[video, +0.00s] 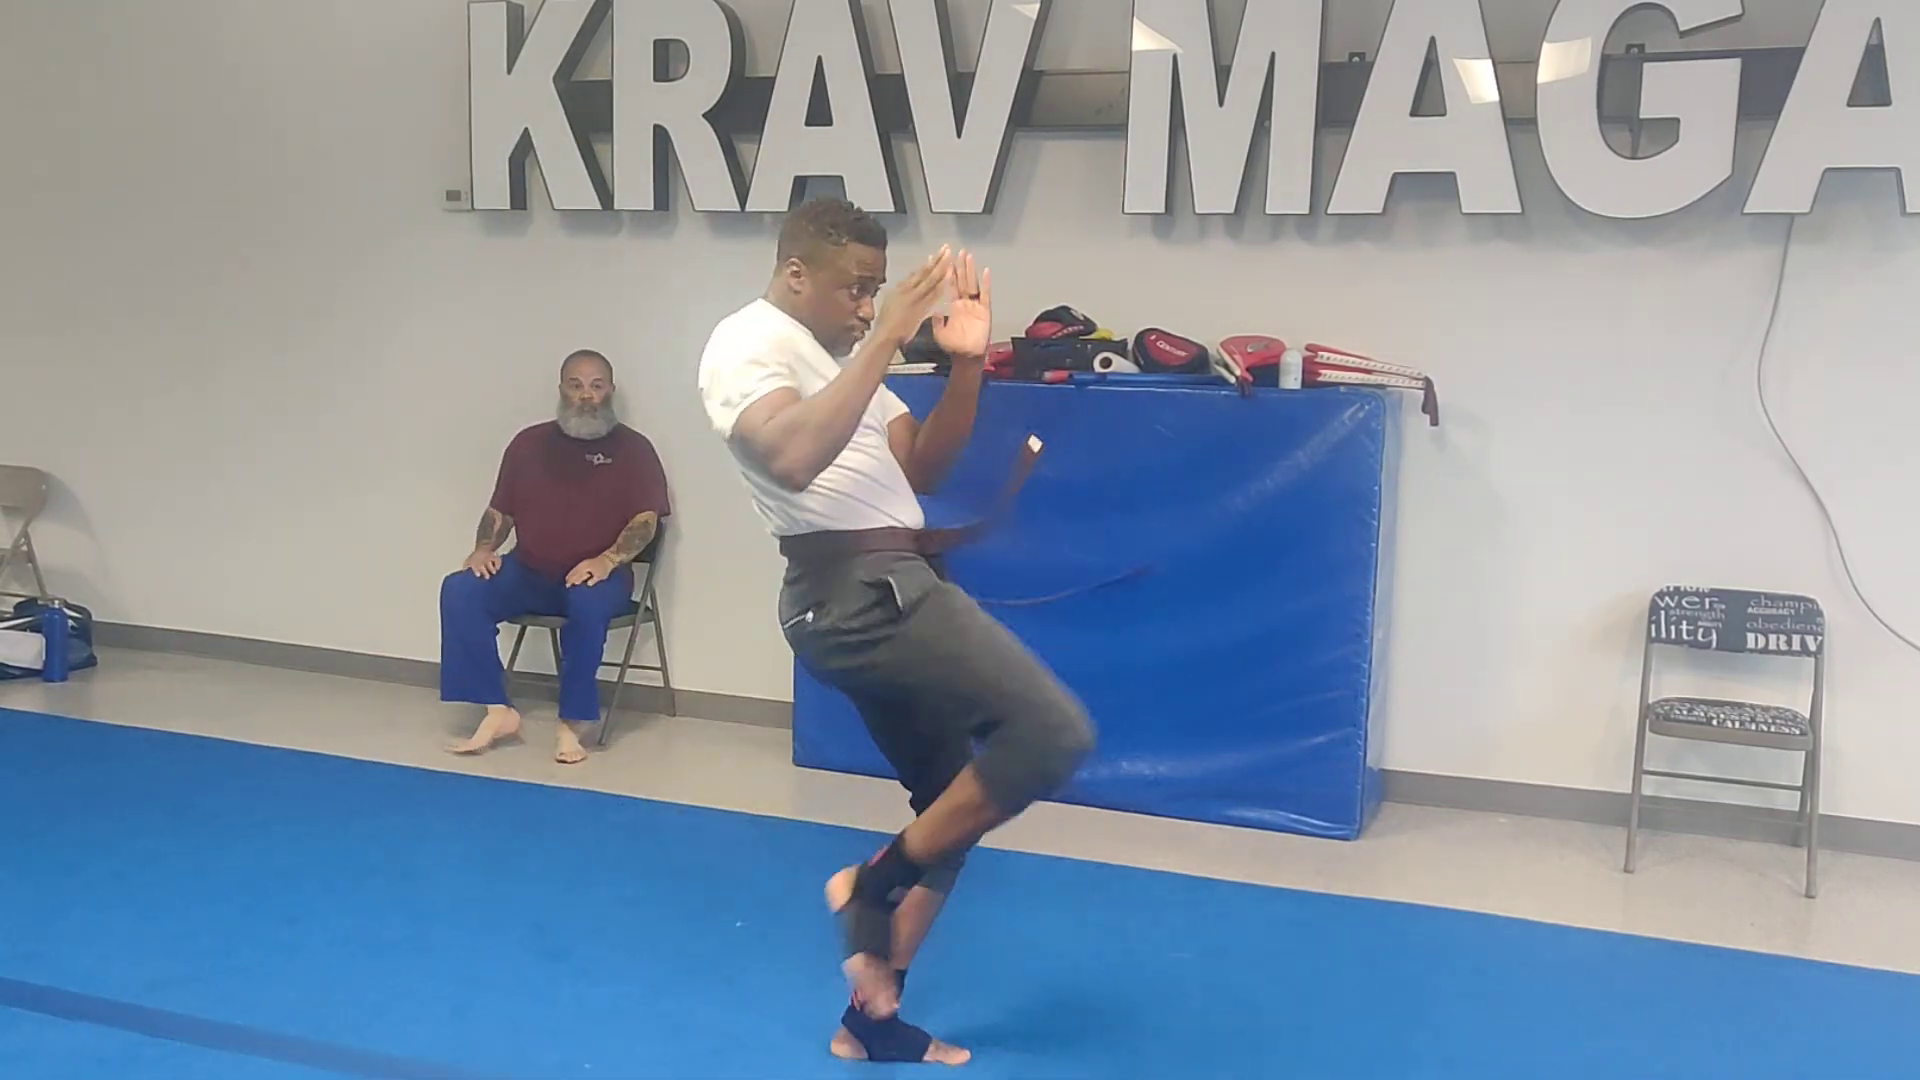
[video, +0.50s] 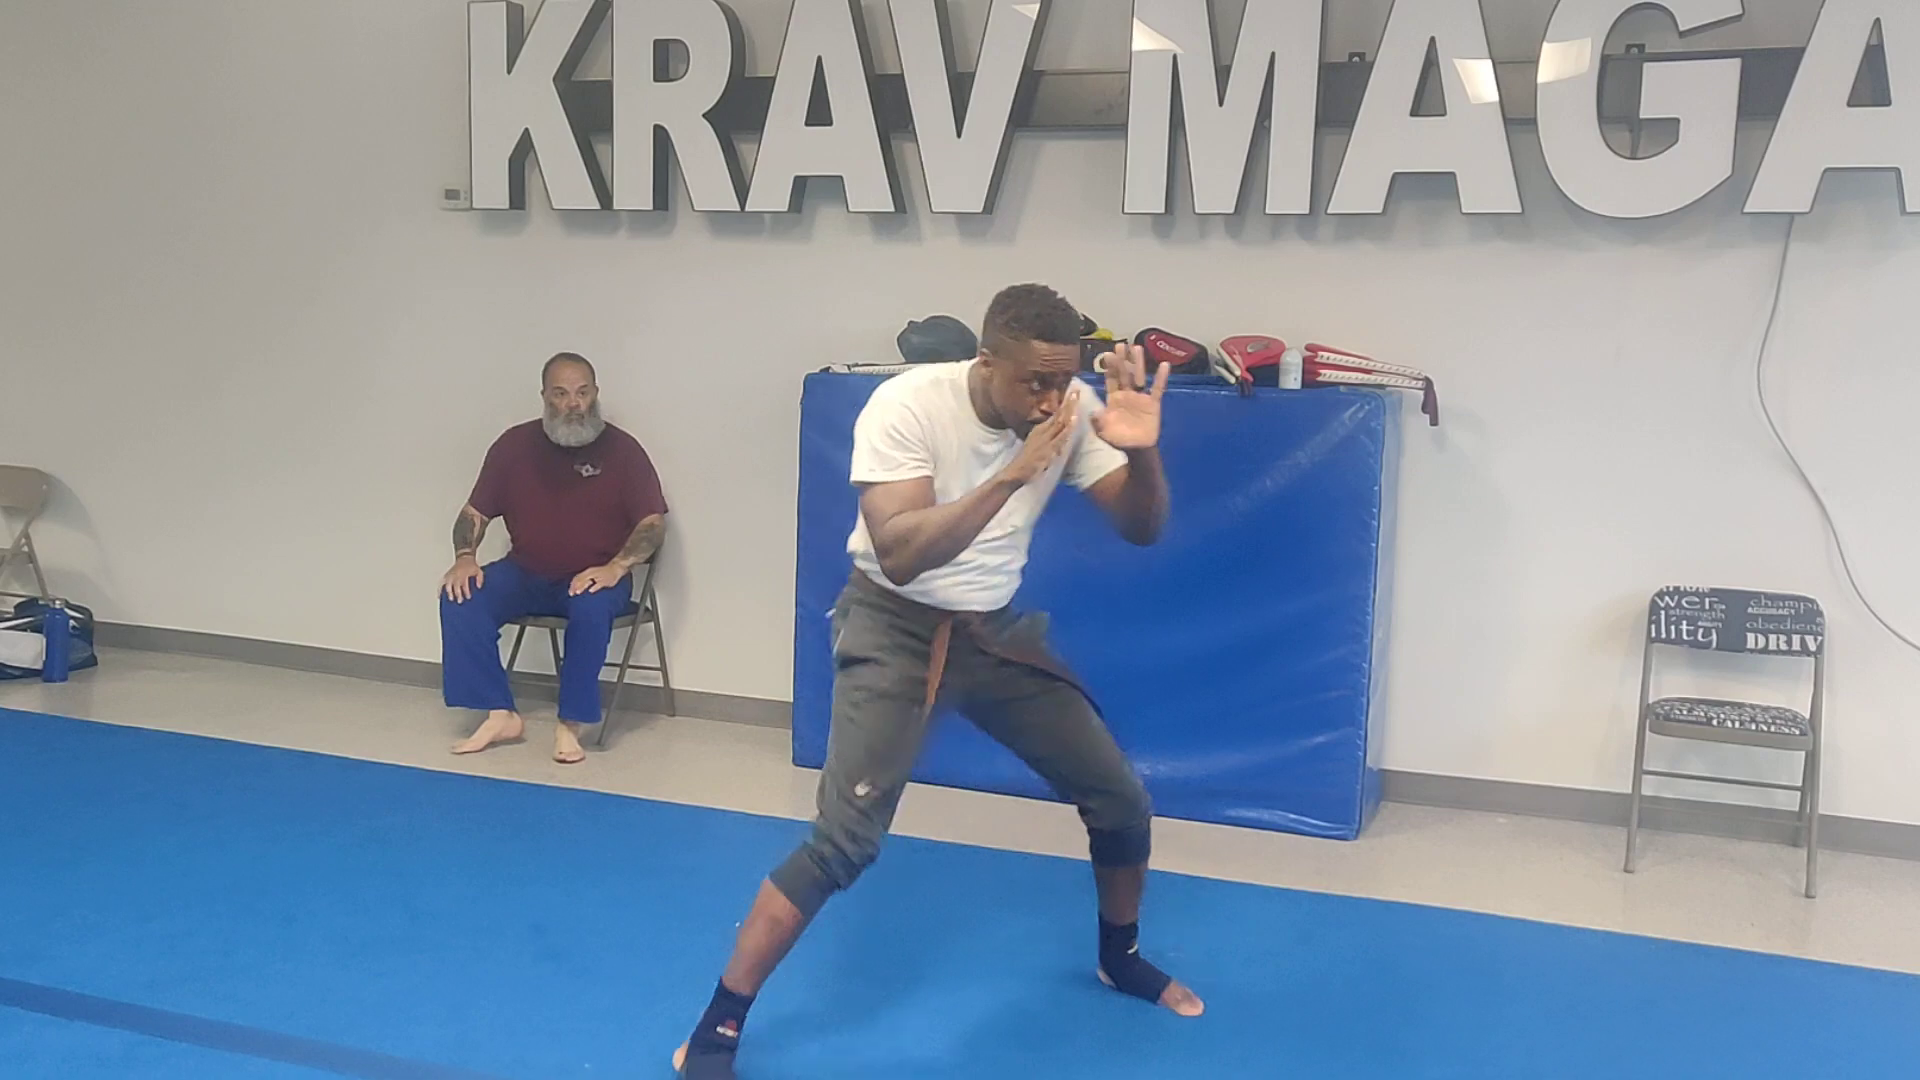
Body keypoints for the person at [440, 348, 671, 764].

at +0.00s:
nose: (585, 394)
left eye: (596, 385)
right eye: (575, 385)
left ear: (610, 393)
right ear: (561, 390)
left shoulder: (633, 448)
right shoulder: (529, 442)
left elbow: (646, 519)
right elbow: (499, 511)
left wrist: (609, 559)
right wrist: (483, 549)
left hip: (598, 574)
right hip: (531, 573)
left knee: (587, 604)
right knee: (460, 589)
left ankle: (571, 724)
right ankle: (498, 710)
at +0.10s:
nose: (588, 394)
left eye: (599, 385)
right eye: (577, 385)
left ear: (611, 393)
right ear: (563, 391)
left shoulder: (634, 450)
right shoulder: (529, 442)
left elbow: (648, 519)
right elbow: (496, 511)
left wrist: (612, 557)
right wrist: (483, 546)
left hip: (596, 575)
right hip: (529, 573)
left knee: (585, 601)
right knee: (465, 586)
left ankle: (569, 725)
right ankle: (503, 710)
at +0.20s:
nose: (587, 393)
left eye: (598, 385)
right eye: (576, 384)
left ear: (610, 393)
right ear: (561, 390)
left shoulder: (633, 450)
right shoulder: (528, 442)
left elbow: (648, 520)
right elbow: (494, 511)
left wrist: (614, 559)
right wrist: (481, 547)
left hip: (596, 575)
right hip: (530, 573)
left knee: (585, 600)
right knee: (466, 587)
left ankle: (570, 725)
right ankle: (505, 709)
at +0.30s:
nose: (585, 394)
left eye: (594, 385)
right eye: (573, 385)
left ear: (606, 391)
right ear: (557, 391)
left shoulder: (631, 449)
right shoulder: (525, 442)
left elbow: (649, 520)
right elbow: (491, 512)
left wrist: (616, 560)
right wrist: (477, 548)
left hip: (595, 574)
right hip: (530, 573)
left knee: (590, 605)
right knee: (465, 591)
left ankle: (569, 725)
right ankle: (503, 710)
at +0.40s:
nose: (581, 396)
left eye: (590, 386)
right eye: (569, 387)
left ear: (602, 391)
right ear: (552, 392)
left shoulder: (627, 449)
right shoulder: (521, 442)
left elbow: (651, 519)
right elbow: (485, 511)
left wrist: (618, 563)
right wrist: (471, 553)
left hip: (595, 574)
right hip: (529, 573)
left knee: (590, 606)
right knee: (463, 593)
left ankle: (569, 726)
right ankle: (500, 712)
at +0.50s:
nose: (573, 403)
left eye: (582, 392)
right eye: (561, 393)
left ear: (595, 394)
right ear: (544, 396)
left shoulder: (622, 449)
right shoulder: (515, 444)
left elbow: (652, 522)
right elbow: (474, 513)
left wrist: (616, 567)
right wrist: (464, 556)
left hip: (596, 575)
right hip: (527, 574)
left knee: (590, 608)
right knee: (460, 595)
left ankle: (568, 725)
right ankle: (500, 714)